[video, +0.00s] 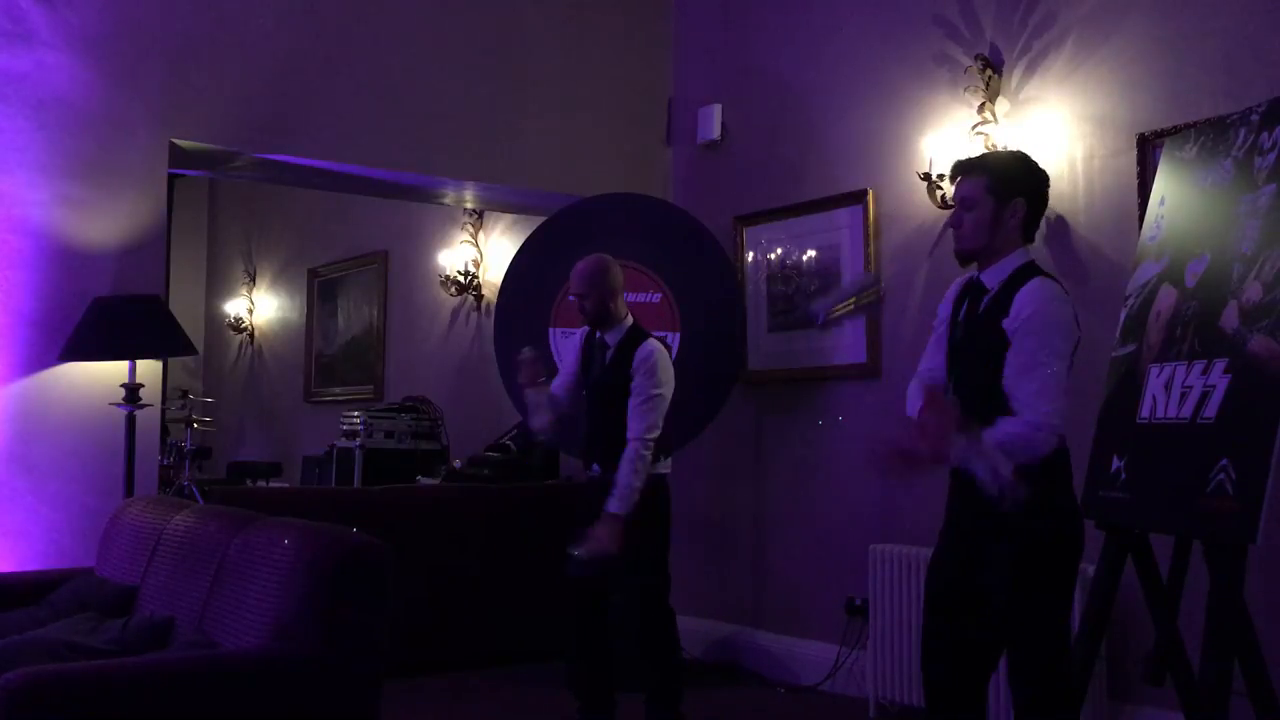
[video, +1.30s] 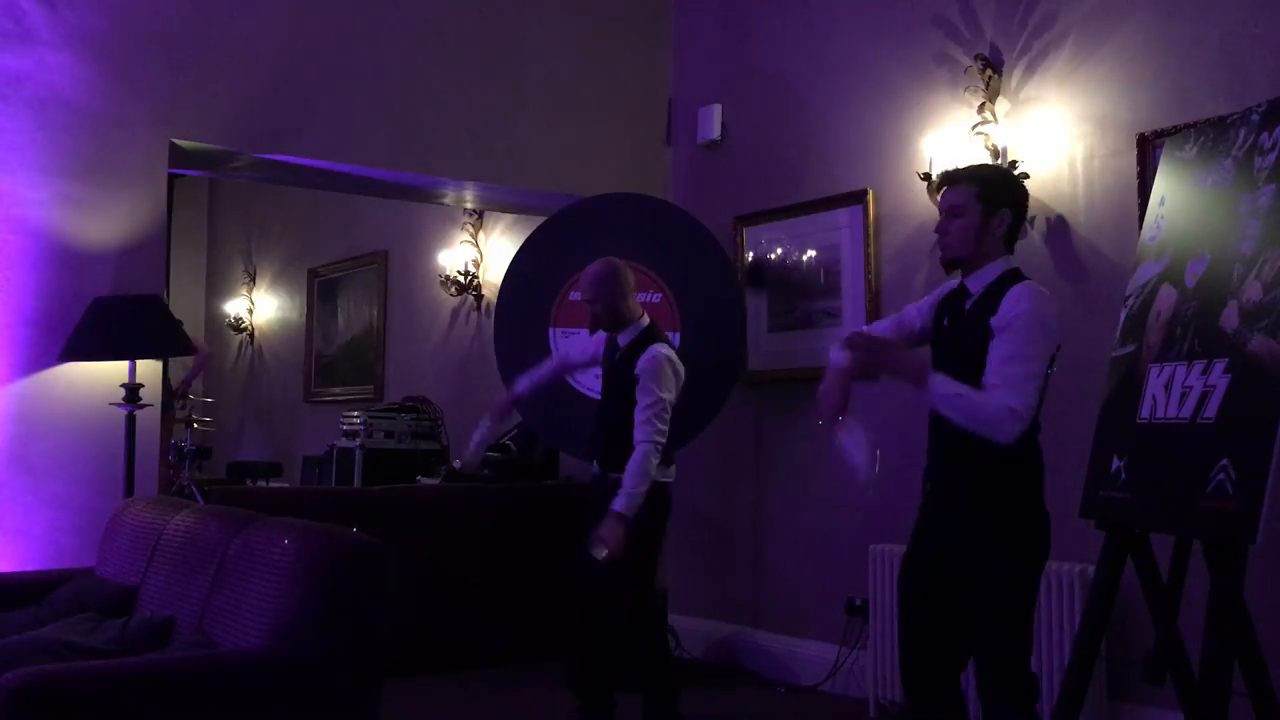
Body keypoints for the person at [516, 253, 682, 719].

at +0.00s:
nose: (574, 305)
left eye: (581, 297)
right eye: (572, 296)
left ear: (609, 297)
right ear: (588, 298)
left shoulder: (650, 354)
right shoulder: (585, 346)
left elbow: (641, 446)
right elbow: (553, 418)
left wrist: (613, 518)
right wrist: (535, 392)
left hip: (640, 493)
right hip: (594, 488)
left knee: (645, 608)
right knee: (592, 603)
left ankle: (662, 706)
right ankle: (594, 703)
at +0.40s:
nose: (586, 299)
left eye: (595, 291)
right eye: (584, 291)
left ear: (623, 290)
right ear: (586, 293)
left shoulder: (659, 346)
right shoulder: (589, 345)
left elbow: (692, 419)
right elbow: (577, 410)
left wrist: (676, 477)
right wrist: (577, 456)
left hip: (648, 490)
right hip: (601, 488)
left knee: (650, 602)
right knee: (599, 599)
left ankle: (664, 704)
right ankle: (597, 702)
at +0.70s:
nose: (586, 307)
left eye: (593, 298)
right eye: (586, 297)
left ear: (621, 296)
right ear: (603, 295)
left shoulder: (661, 348)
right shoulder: (601, 346)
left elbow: (681, 426)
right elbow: (569, 401)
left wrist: (615, 442)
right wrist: (519, 428)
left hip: (646, 492)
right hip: (601, 489)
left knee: (644, 603)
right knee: (593, 600)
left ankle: (664, 703)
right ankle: (595, 701)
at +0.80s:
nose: (590, 306)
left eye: (596, 296)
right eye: (590, 297)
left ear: (623, 295)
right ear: (617, 295)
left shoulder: (659, 353)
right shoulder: (612, 344)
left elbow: (673, 435)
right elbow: (573, 366)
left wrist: (619, 479)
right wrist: (522, 364)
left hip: (645, 492)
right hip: (609, 488)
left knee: (643, 602)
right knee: (598, 597)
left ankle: (662, 701)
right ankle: (597, 698)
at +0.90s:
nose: (590, 303)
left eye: (595, 295)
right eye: (590, 296)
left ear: (619, 296)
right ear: (627, 295)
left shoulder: (652, 354)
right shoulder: (617, 341)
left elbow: (669, 436)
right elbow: (581, 329)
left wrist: (647, 507)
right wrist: (541, 302)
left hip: (637, 494)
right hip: (612, 490)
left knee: (636, 606)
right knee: (607, 600)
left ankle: (660, 702)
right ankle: (598, 698)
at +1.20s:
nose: (583, 311)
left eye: (586, 301)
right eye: (581, 303)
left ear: (611, 300)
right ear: (618, 298)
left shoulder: (645, 359)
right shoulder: (620, 336)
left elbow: (659, 444)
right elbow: (580, 320)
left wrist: (655, 523)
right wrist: (526, 322)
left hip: (631, 495)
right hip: (609, 490)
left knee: (629, 609)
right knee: (606, 603)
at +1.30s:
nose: (586, 311)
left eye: (591, 302)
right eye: (585, 301)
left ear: (613, 300)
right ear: (613, 301)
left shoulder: (655, 357)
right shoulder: (611, 343)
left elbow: (649, 446)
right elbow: (562, 359)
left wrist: (619, 515)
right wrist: (515, 393)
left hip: (642, 495)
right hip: (609, 486)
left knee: (633, 603)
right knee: (601, 597)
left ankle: (655, 701)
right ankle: (596, 696)